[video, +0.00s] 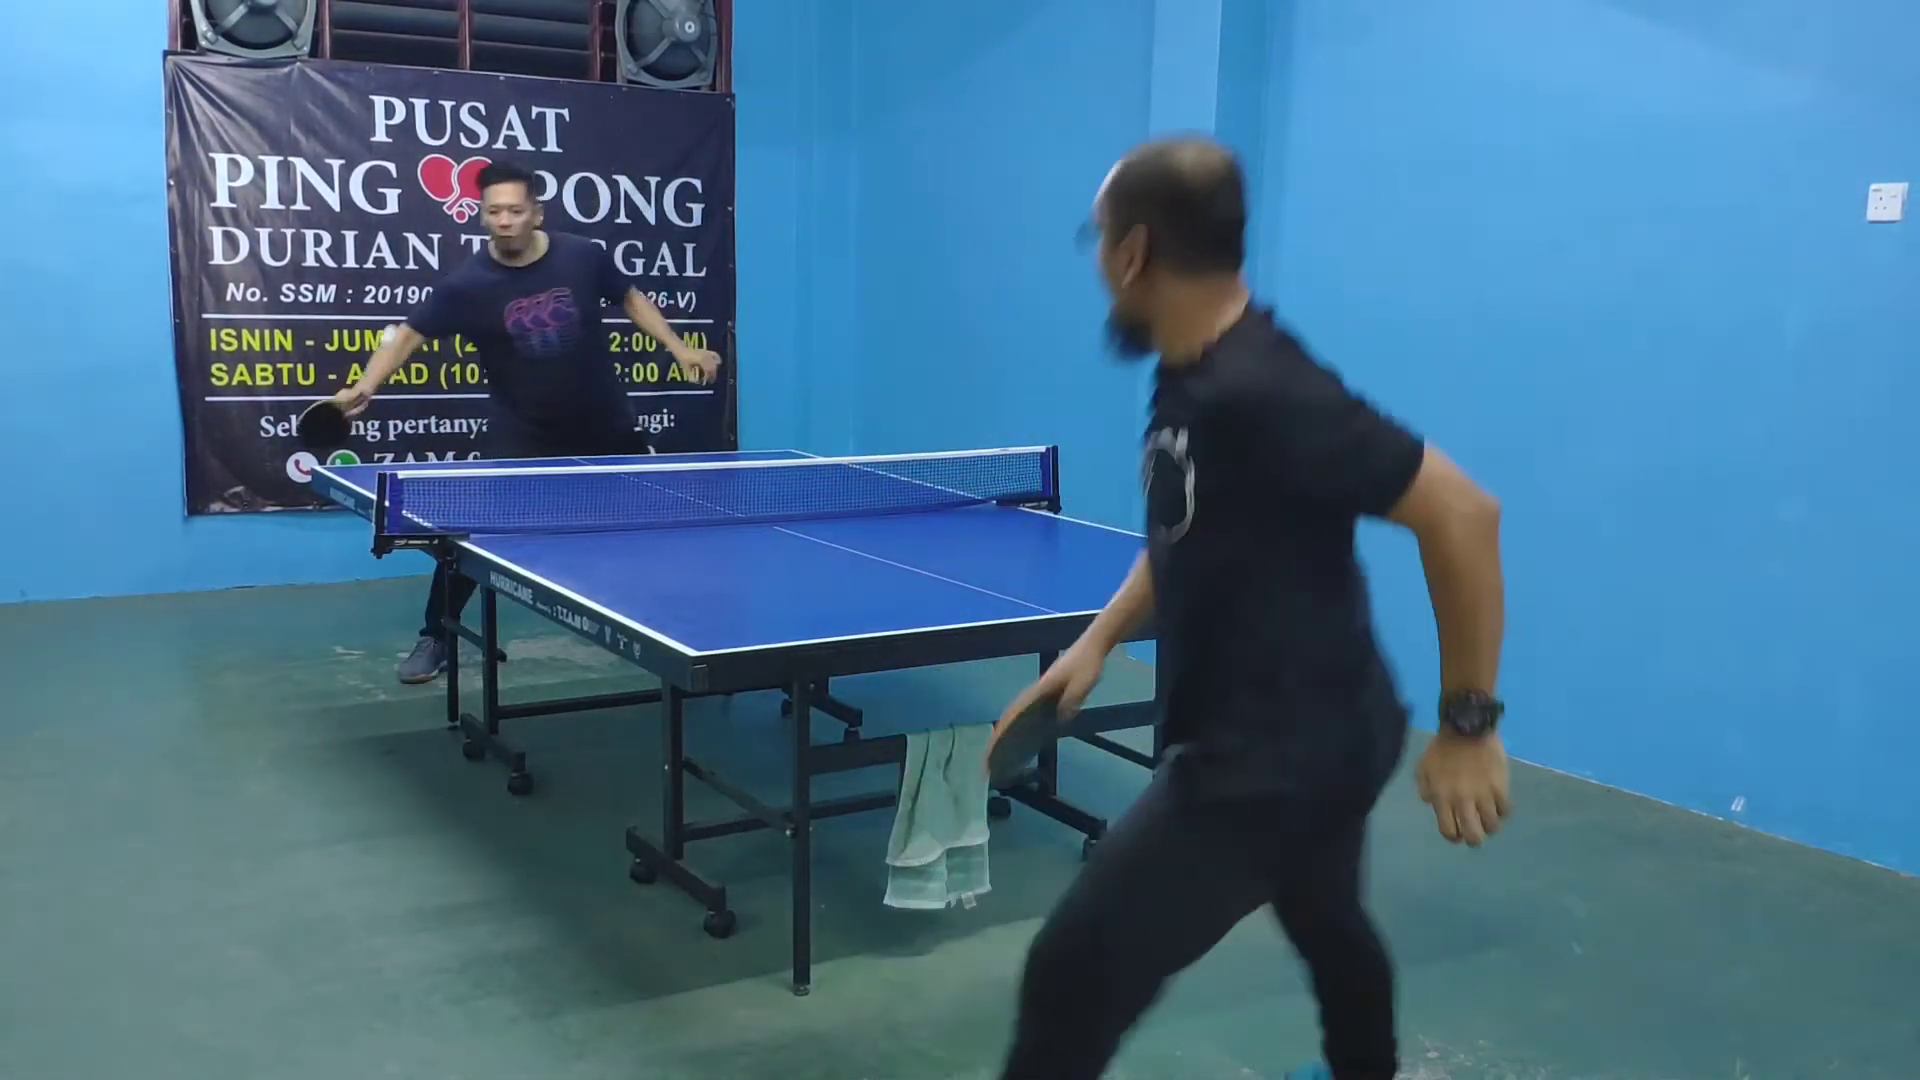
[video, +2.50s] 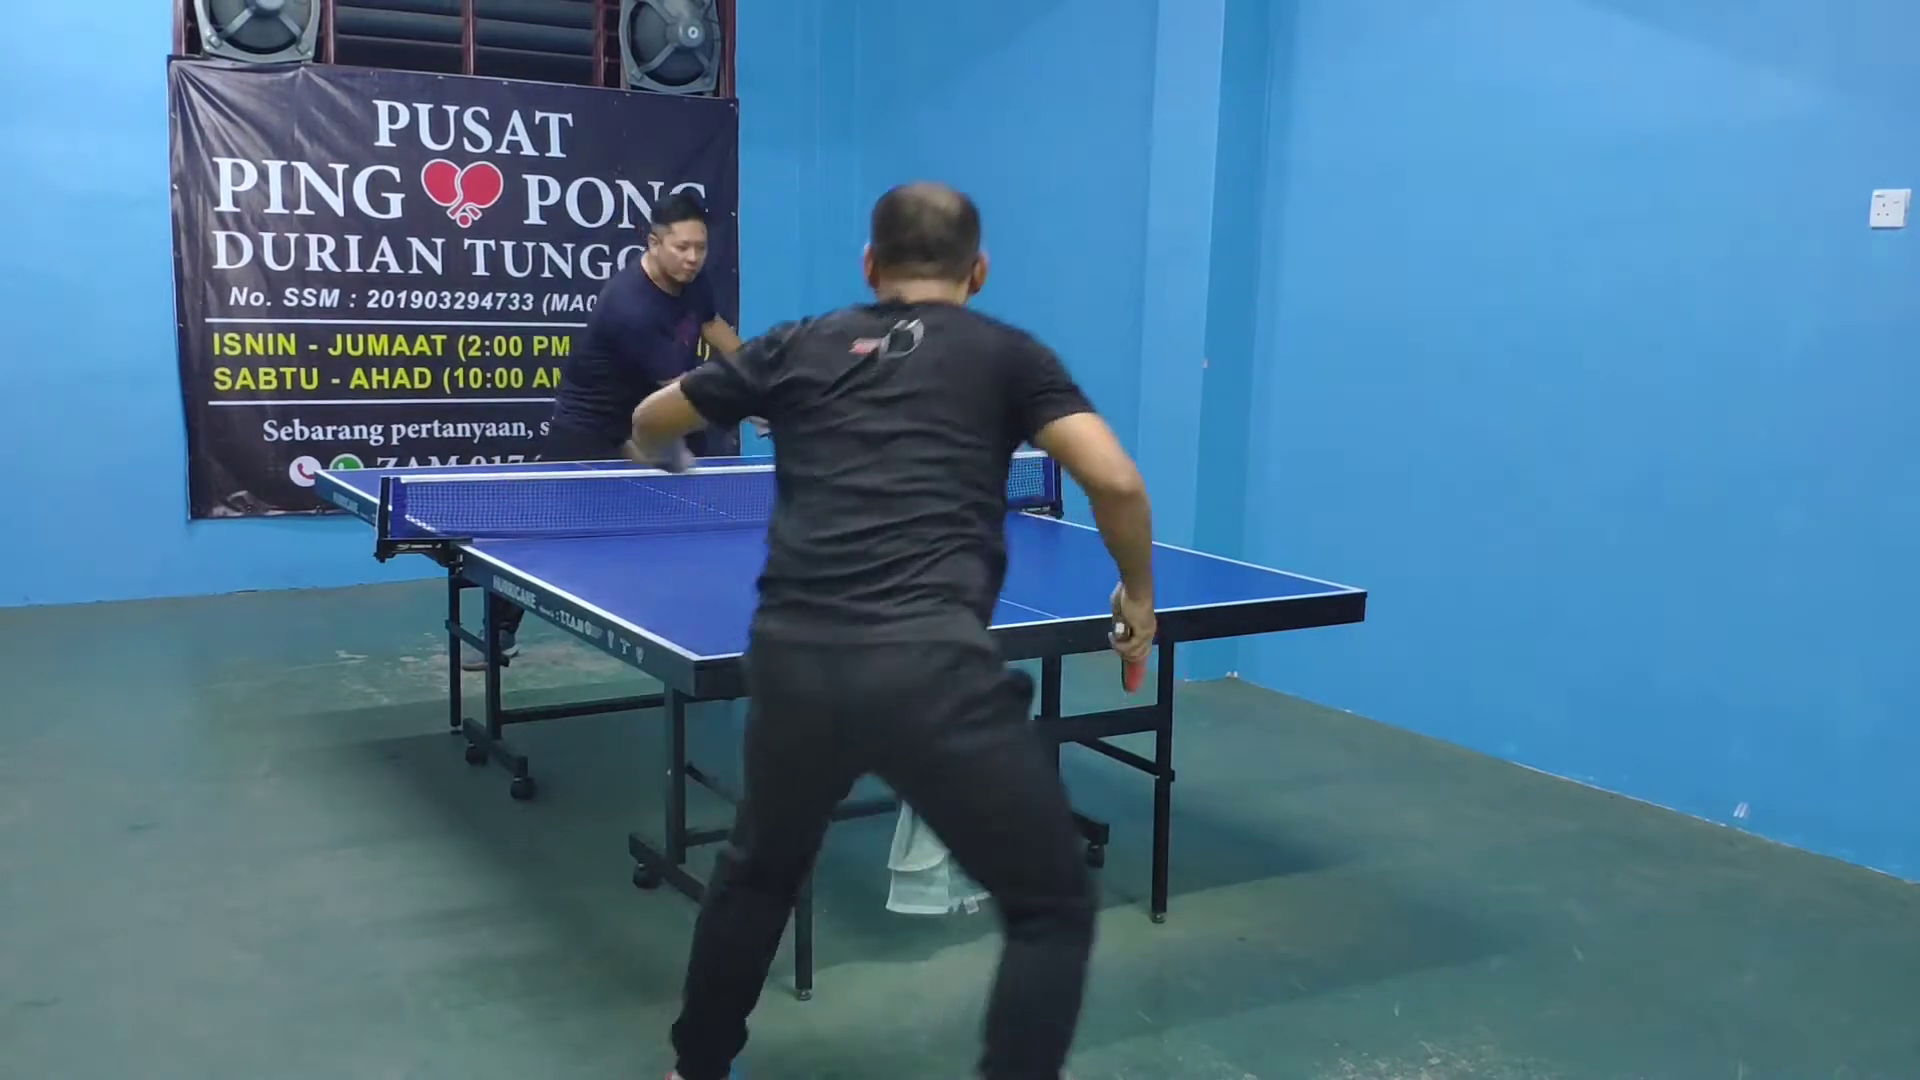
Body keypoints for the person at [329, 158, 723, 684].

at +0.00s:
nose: (505, 221)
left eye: (515, 210)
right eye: (495, 211)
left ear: (536, 210)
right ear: (483, 216)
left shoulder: (582, 257)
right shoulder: (467, 284)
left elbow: (630, 298)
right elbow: (408, 334)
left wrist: (681, 349)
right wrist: (365, 386)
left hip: (605, 427)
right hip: (521, 434)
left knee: (663, 522)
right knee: (471, 524)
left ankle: (695, 639)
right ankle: (436, 636)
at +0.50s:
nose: (549, 179)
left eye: (556, 169)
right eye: (536, 170)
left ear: (568, 178)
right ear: (515, 182)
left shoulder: (606, 239)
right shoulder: (498, 254)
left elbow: (654, 293)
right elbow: (472, 332)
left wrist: (674, 340)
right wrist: (450, 409)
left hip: (610, 408)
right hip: (534, 412)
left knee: (645, 511)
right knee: (491, 509)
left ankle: (674, 633)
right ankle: (448, 631)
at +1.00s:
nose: (562, 171)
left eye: (570, 161)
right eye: (550, 161)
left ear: (581, 169)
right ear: (529, 169)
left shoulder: (613, 236)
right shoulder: (500, 240)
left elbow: (645, 307)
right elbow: (472, 320)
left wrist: (668, 379)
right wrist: (459, 393)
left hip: (611, 403)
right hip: (532, 408)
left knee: (638, 510)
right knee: (512, 516)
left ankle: (649, 627)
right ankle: (495, 627)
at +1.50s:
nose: (609, 179)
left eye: (618, 170)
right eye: (597, 169)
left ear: (627, 179)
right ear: (576, 178)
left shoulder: (658, 240)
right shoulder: (555, 243)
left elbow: (687, 313)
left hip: (643, 397)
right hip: (575, 396)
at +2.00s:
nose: (620, 190)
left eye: (629, 181)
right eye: (609, 180)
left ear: (640, 186)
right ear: (588, 184)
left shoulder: (667, 248)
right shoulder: (556, 248)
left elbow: (694, 317)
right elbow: (517, 314)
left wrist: (680, 350)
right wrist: (526, 350)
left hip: (648, 413)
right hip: (572, 414)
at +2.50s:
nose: (692, 258)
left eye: (699, 247)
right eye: (682, 246)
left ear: (706, 247)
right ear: (652, 243)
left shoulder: (692, 280)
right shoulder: (628, 305)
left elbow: (715, 329)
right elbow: (686, 387)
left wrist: (757, 381)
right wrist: (742, 405)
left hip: (653, 426)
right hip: (586, 429)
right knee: (533, 525)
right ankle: (499, 632)